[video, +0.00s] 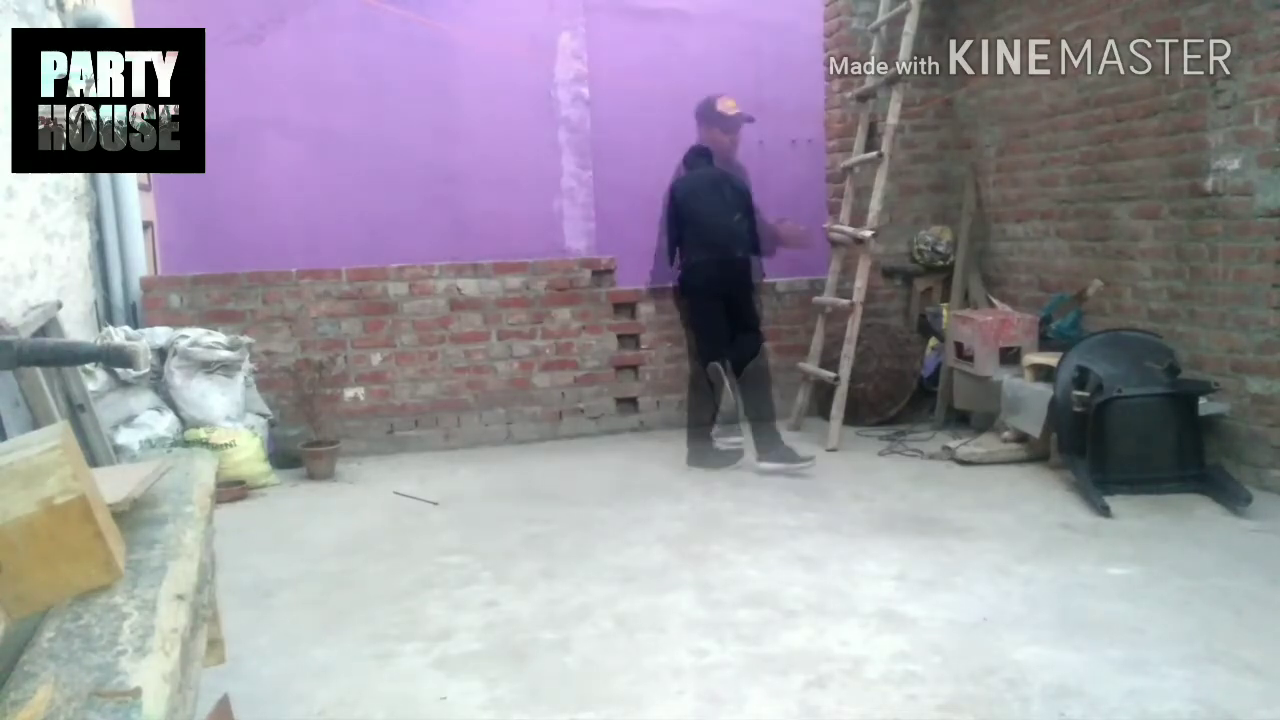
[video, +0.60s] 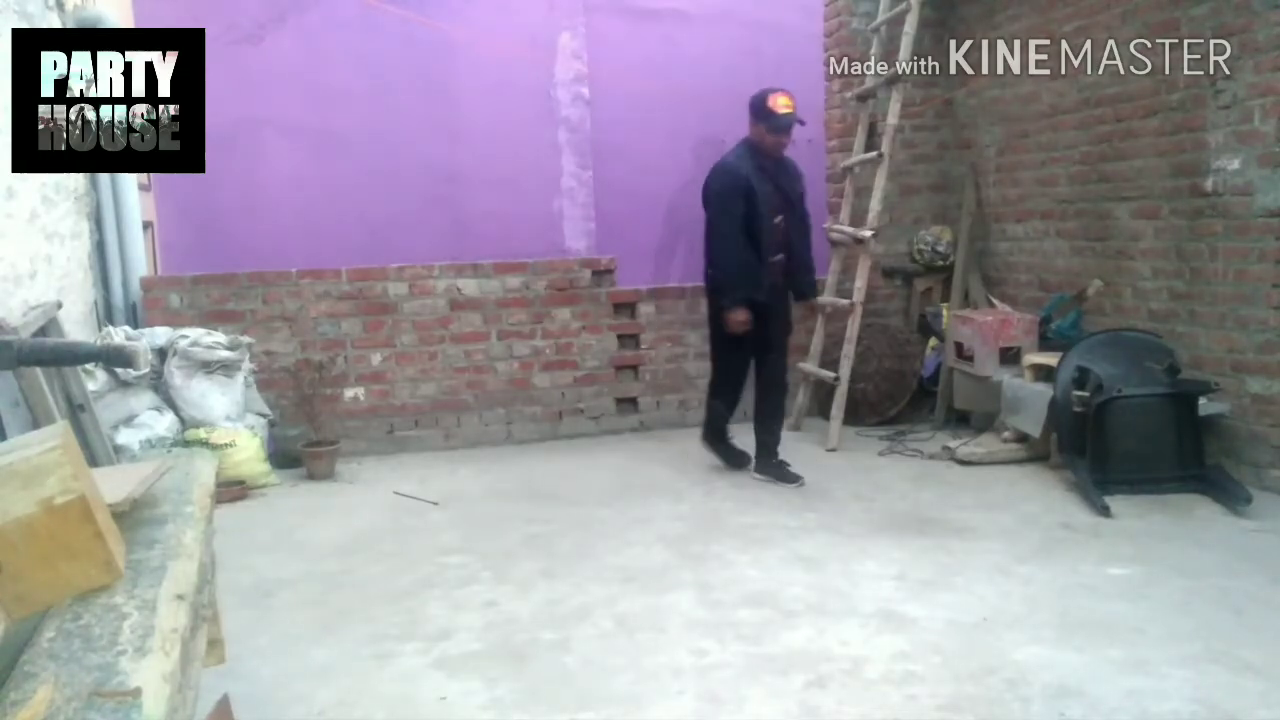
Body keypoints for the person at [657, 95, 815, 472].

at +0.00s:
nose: (734, 139)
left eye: (736, 131)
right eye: (726, 131)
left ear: (737, 131)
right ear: (705, 131)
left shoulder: (735, 176)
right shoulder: (694, 178)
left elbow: (741, 226)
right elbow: (718, 230)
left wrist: (771, 233)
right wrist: (767, 234)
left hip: (735, 276)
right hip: (702, 280)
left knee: (750, 356)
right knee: (709, 360)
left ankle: (769, 444)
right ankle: (699, 445)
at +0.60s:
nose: (784, 138)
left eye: (789, 129)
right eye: (776, 130)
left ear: (793, 128)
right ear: (755, 126)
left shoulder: (788, 171)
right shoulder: (730, 173)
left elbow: (798, 232)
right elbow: (723, 244)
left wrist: (804, 286)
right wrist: (732, 301)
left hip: (774, 286)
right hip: (736, 288)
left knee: (773, 373)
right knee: (731, 368)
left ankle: (767, 455)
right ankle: (715, 432)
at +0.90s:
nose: (787, 136)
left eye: (793, 127)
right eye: (778, 127)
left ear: (801, 123)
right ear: (760, 124)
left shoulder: (810, 168)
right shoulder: (728, 169)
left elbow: (819, 232)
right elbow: (698, 229)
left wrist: (815, 288)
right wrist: (685, 285)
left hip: (791, 295)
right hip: (742, 295)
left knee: (789, 379)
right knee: (743, 373)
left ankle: (772, 454)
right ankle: (743, 439)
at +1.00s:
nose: (783, 132)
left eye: (789, 123)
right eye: (774, 124)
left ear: (799, 121)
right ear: (758, 121)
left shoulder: (815, 165)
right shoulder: (726, 167)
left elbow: (826, 229)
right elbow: (697, 226)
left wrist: (822, 286)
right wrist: (678, 280)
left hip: (795, 292)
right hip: (742, 293)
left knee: (792, 378)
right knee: (743, 374)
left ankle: (775, 452)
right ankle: (750, 457)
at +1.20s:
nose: (777, 132)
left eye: (783, 123)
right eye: (768, 124)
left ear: (794, 119)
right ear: (754, 123)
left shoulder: (820, 164)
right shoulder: (727, 167)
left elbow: (838, 230)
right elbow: (700, 226)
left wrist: (831, 287)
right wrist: (679, 280)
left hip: (797, 297)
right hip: (744, 296)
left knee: (790, 383)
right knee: (747, 385)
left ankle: (774, 454)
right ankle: (750, 482)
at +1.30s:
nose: (771, 135)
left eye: (778, 125)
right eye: (762, 127)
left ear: (791, 121)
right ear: (749, 128)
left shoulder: (821, 169)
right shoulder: (726, 174)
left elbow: (841, 234)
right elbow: (703, 235)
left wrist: (831, 290)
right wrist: (685, 290)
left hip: (797, 302)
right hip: (744, 301)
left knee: (785, 384)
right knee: (749, 389)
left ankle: (775, 454)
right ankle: (751, 486)